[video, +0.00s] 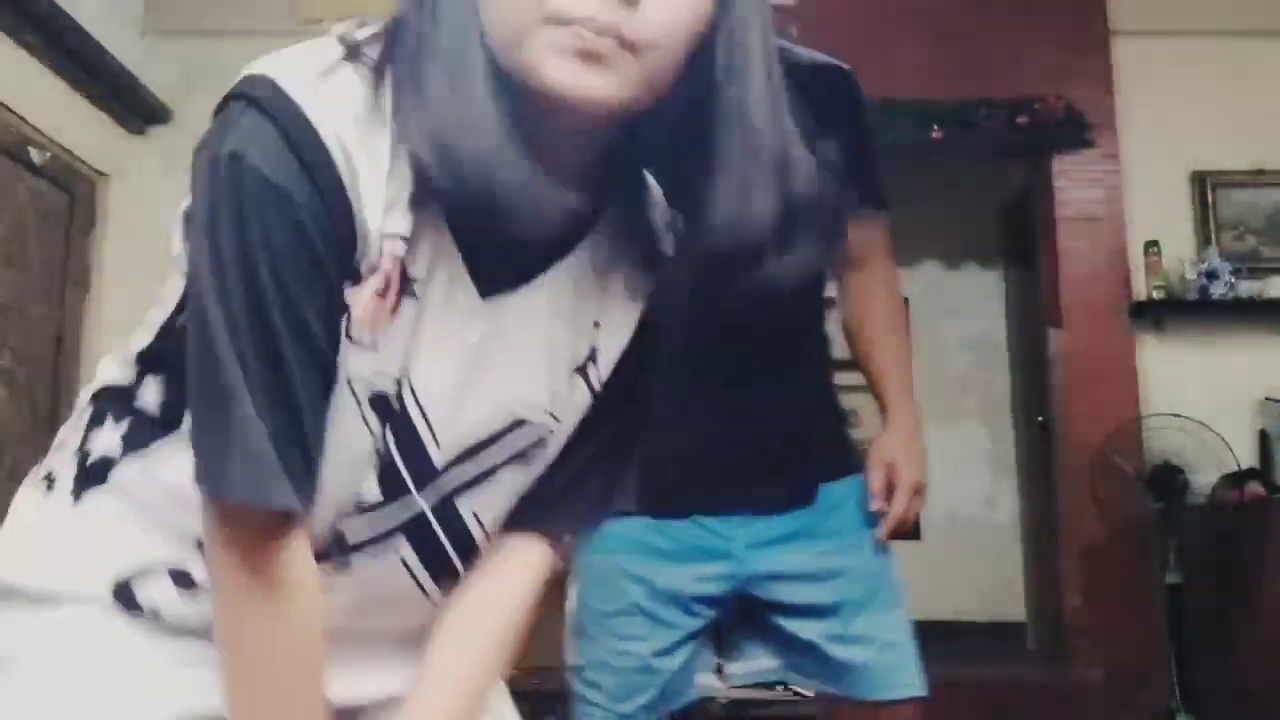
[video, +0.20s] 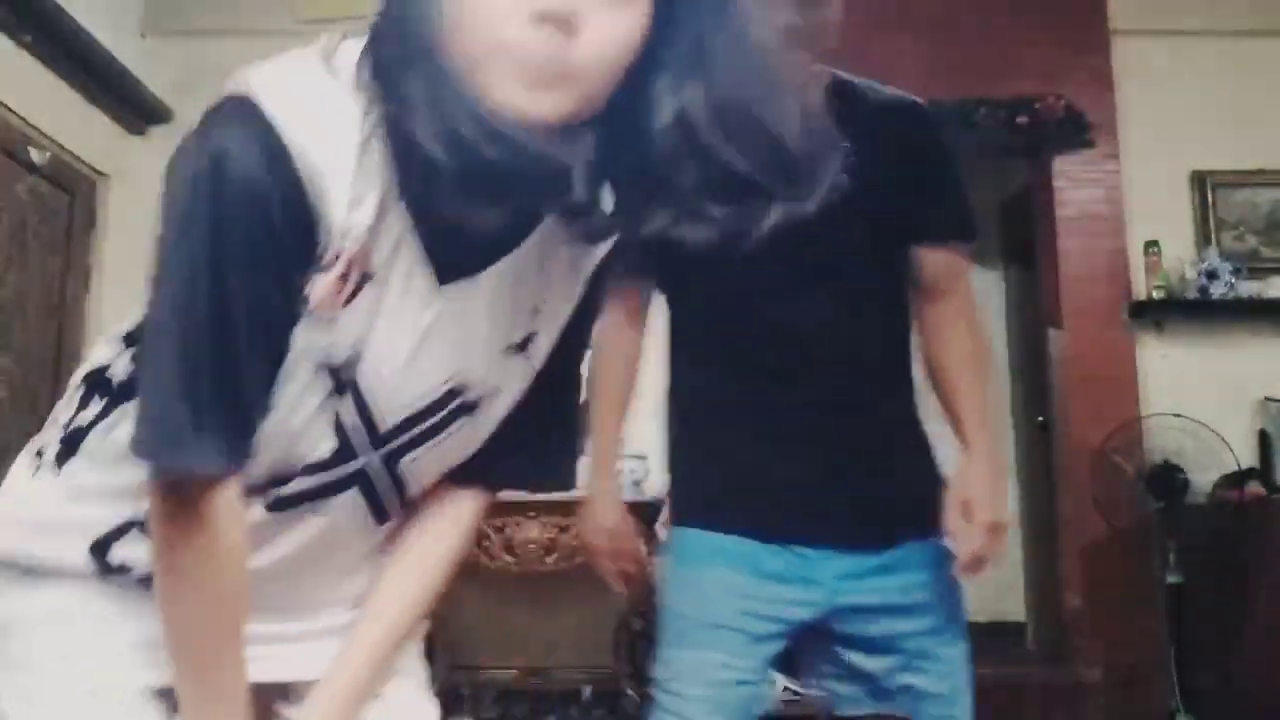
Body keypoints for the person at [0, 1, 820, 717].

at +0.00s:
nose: (615, 5)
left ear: (713, 32)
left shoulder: (653, 255)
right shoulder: (292, 139)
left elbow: (528, 541)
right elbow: (257, 540)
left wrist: (430, 712)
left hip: (391, 658)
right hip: (115, 635)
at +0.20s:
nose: (565, 8)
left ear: (661, 31)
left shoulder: (584, 222)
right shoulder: (267, 149)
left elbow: (463, 487)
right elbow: (193, 492)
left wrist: (335, 702)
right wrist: (218, 707)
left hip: (333, 601)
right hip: (96, 584)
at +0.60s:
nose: (430, 183)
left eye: (470, 154)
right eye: (396, 132)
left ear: (498, 179)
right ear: (329, 123)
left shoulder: (450, 301)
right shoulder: (208, 262)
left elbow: (353, 509)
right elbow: (164, 535)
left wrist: (255, 692)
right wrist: (175, 706)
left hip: (274, 580)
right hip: (74, 568)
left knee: (341, 708)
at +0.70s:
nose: (431, 211)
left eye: (466, 179)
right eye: (397, 162)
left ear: (496, 202)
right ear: (334, 158)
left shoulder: (454, 320)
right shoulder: (223, 284)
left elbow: (352, 519)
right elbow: (181, 528)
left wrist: (257, 690)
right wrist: (197, 699)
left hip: (288, 577)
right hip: (109, 563)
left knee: (328, 712)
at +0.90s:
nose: (422, 266)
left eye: (458, 239)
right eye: (394, 226)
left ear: (487, 253)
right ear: (345, 219)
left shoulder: (467, 354)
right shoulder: (247, 321)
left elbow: (373, 527)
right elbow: (224, 531)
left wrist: (284, 684)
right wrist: (250, 694)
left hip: (339, 582)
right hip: (178, 575)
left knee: (332, 708)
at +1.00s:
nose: (411, 240)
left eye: (444, 213)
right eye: (384, 203)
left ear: (472, 228)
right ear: (336, 197)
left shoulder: (472, 332)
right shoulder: (252, 298)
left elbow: (393, 505)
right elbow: (239, 500)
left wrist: (303, 655)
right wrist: (262, 665)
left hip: (360, 561)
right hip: (210, 550)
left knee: (331, 708)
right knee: (188, 708)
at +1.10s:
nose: (398, 212)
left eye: (428, 189)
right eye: (371, 178)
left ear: (453, 206)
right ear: (324, 179)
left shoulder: (467, 306)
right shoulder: (251, 277)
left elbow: (407, 487)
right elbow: (239, 474)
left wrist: (321, 634)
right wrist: (265, 639)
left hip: (377, 557)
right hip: (231, 550)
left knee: (331, 709)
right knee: (215, 708)